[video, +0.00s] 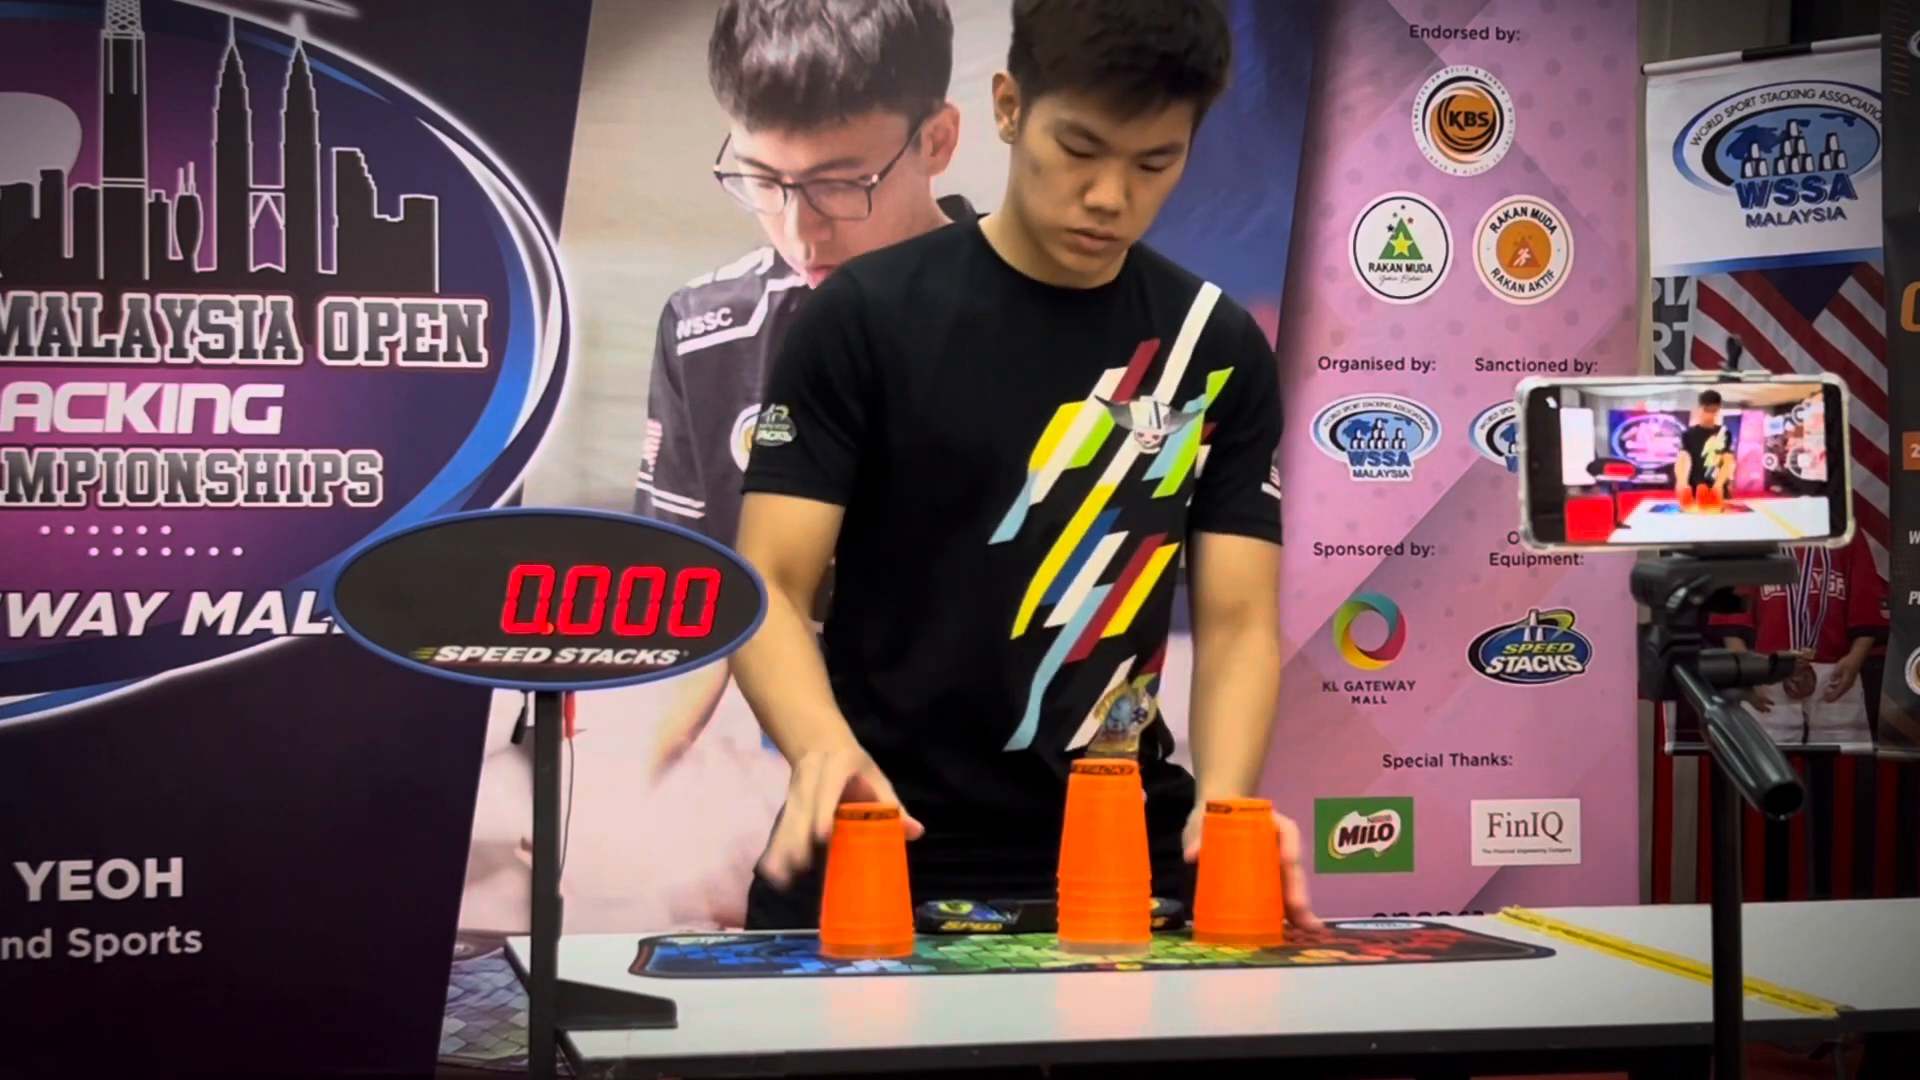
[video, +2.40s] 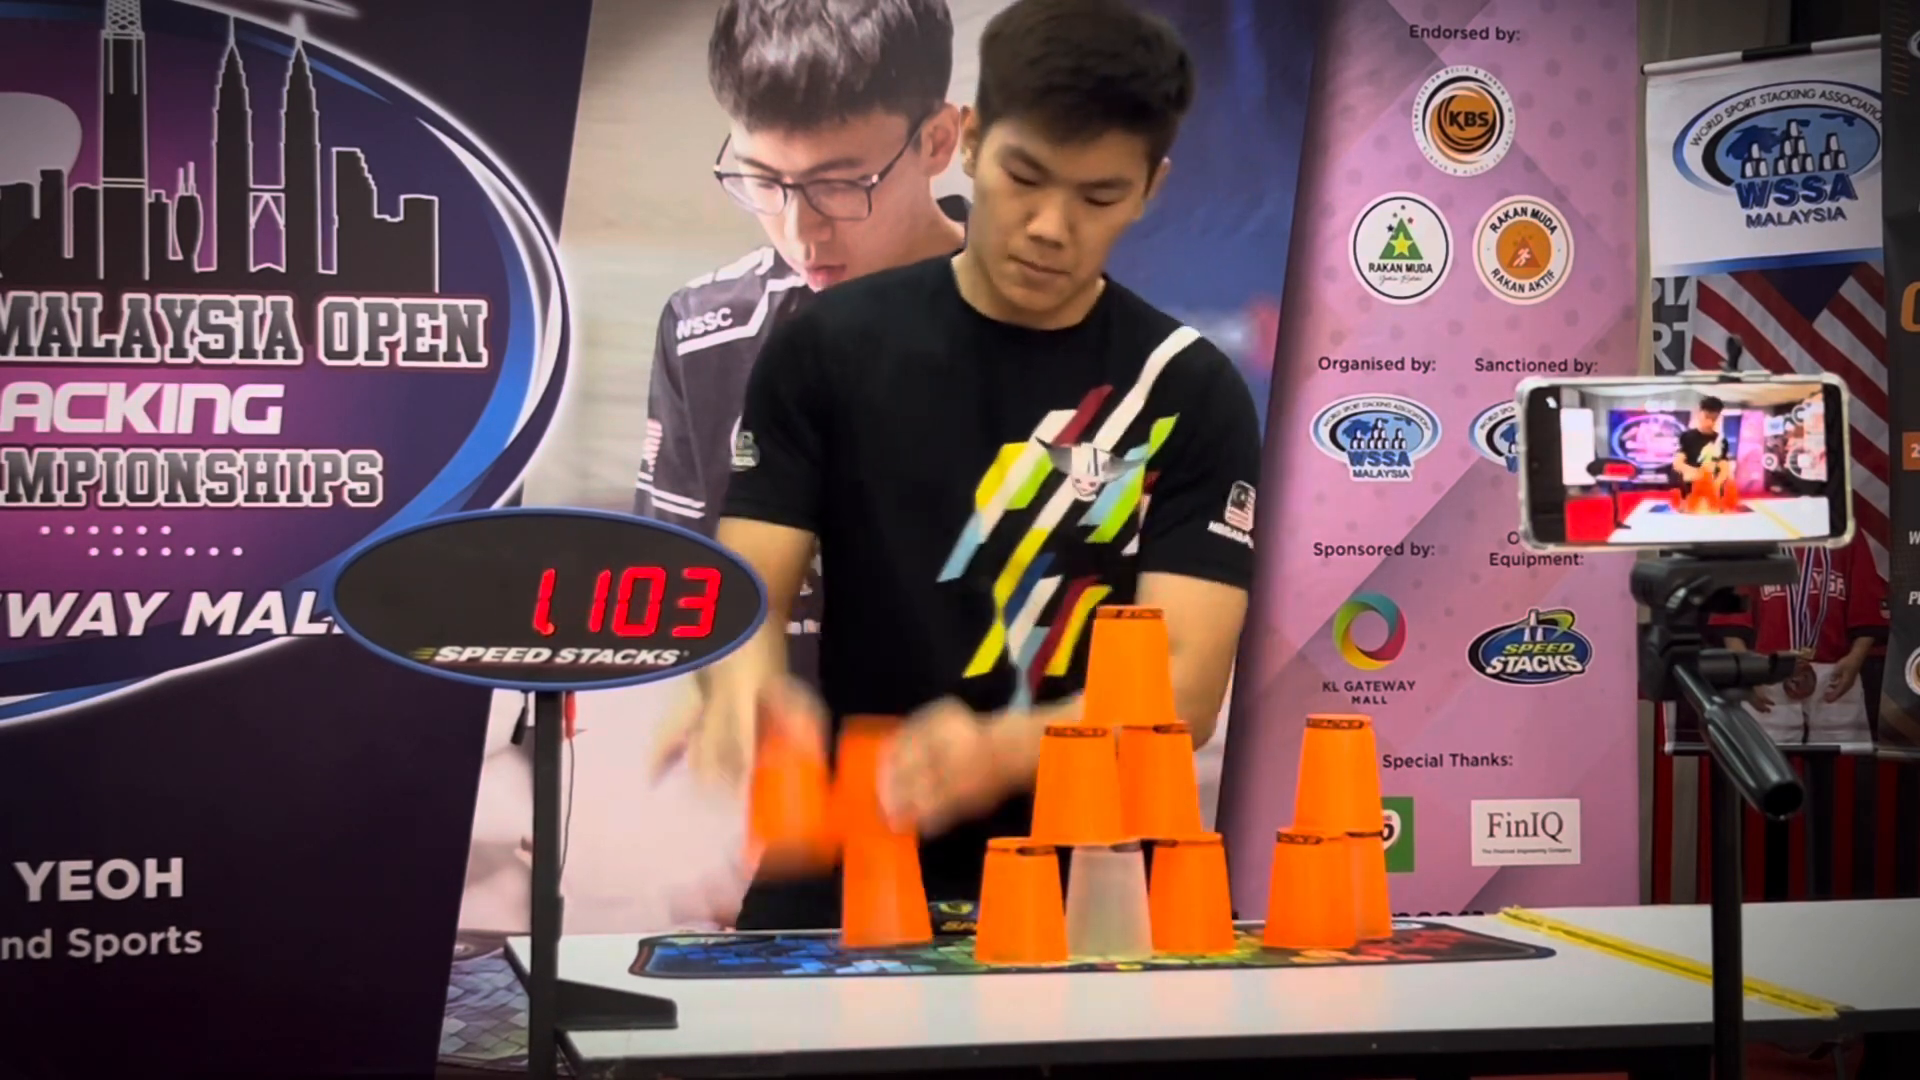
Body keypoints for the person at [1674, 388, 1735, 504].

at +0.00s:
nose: (1710, 416)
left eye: (1714, 411)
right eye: (1707, 411)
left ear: (1718, 411)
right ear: (1700, 409)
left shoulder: (1724, 433)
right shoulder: (1690, 434)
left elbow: (1728, 459)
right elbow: (1684, 458)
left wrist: (1718, 486)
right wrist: (1682, 485)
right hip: (1694, 484)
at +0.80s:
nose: (1709, 422)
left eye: (1713, 418)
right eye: (1706, 417)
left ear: (1717, 418)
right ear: (1700, 415)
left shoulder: (1720, 440)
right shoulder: (1688, 437)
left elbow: (1723, 469)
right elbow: (1673, 464)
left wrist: (1714, 495)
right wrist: (1686, 495)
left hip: (1710, 498)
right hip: (1690, 498)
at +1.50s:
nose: (1709, 427)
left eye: (1713, 422)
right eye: (1706, 421)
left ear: (1717, 421)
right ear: (1699, 418)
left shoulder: (1721, 443)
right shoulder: (1687, 439)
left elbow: (1723, 471)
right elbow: (1676, 467)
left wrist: (1715, 491)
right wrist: (1696, 485)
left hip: (1711, 497)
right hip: (1688, 497)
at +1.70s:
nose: (1714, 426)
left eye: (1717, 422)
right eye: (1711, 421)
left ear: (1721, 422)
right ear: (1702, 418)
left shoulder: (1721, 443)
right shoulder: (1690, 440)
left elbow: (1724, 467)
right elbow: (1688, 470)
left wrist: (1726, 482)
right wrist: (1713, 480)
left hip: (1715, 496)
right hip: (1693, 495)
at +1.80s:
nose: (1714, 426)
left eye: (1718, 422)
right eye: (1712, 421)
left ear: (1721, 422)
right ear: (1703, 418)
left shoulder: (1722, 443)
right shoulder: (1691, 440)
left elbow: (1725, 467)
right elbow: (1688, 470)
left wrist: (1729, 487)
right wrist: (1713, 486)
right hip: (1693, 494)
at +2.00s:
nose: (1712, 425)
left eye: (1716, 421)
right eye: (1710, 420)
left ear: (1720, 422)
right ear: (1701, 418)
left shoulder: (1721, 443)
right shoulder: (1689, 439)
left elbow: (1723, 471)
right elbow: (1681, 469)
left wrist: (1715, 489)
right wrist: (1696, 486)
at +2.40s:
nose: (1710, 423)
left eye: (1714, 418)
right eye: (1707, 417)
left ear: (1717, 418)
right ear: (1700, 414)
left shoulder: (1721, 440)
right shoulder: (1688, 437)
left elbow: (1724, 468)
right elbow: (1677, 463)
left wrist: (1715, 484)